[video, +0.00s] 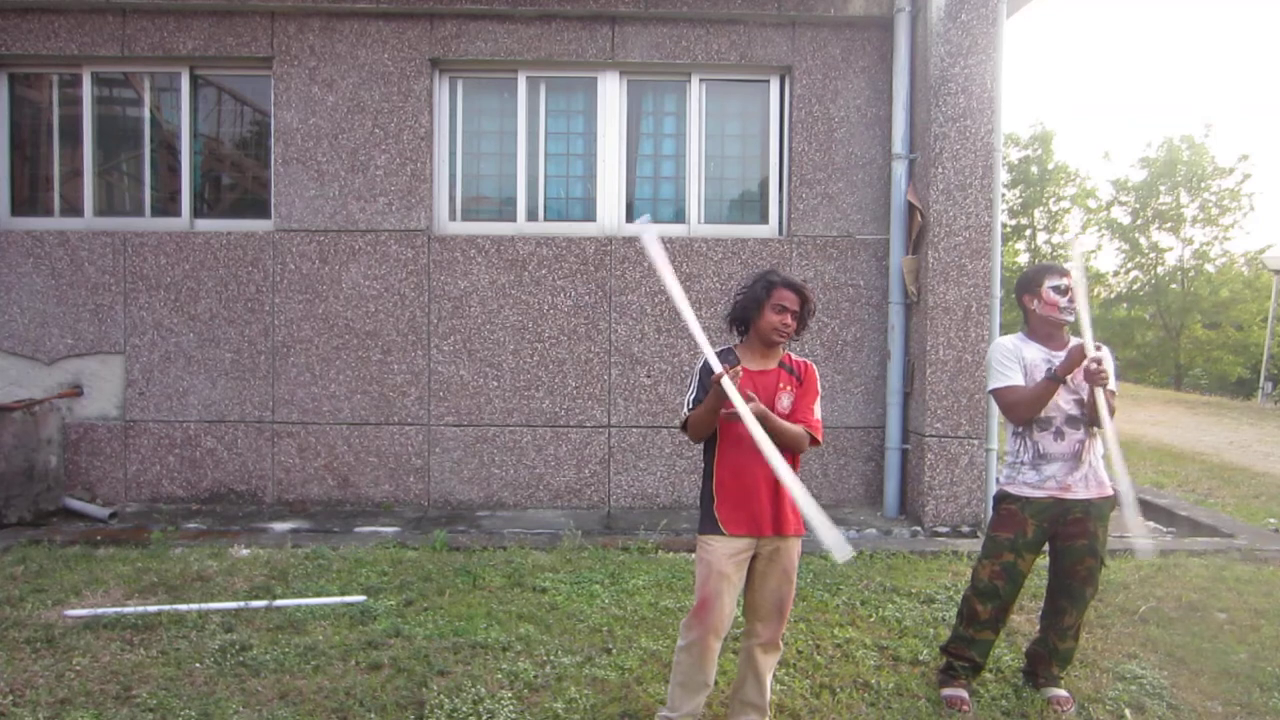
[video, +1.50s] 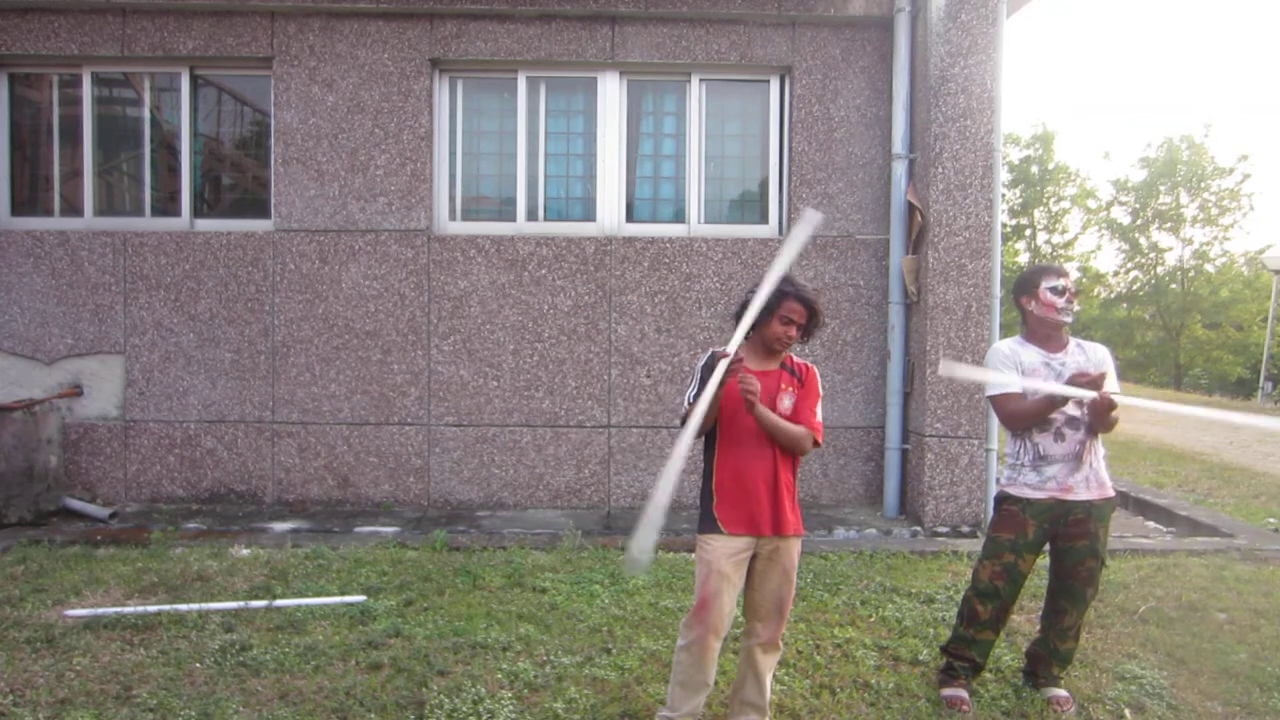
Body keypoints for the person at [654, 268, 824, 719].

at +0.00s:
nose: (788, 321)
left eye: (795, 315)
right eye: (779, 309)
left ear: (799, 323)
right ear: (751, 310)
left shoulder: (803, 371)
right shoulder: (717, 364)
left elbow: (802, 441)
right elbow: (694, 431)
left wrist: (763, 415)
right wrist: (718, 395)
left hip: (783, 519)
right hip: (725, 518)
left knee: (767, 634)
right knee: (708, 623)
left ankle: (750, 715)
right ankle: (678, 714)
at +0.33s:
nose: (789, 325)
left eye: (797, 319)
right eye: (782, 313)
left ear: (800, 324)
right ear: (754, 310)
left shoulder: (802, 371)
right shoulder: (716, 362)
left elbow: (799, 434)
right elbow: (694, 432)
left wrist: (769, 392)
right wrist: (727, 393)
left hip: (782, 520)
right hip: (725, 519)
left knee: (767, 635)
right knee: (708, 623)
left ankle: (749, 714)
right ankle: (678, 714)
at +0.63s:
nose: (791, 329)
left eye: (798, 323)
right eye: (783, 317)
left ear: (802, 328)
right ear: (755, 314)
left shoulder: (802, 373)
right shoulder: (717, 363)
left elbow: (803, 433)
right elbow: (685, 427)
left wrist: (771, 381)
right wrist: (719, 385)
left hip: (783, 520)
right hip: (725, 519)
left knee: (767, 635)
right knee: (707, 623)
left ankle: (750, 715)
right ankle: (678, 714)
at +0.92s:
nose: (790, 330)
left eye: (798, 324)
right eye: (784, 318)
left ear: (802, 331)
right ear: (755, 316)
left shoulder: (803, 372)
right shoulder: (719, 362)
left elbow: (807, 429)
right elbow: (687, 428)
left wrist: (769, 374)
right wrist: (718, 390)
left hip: (782, 521)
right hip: (725, 520)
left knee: (767, 635)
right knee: (707, 624)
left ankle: (750, 715)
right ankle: (678, 714)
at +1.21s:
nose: (791, 332)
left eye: (798, 326)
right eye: (784, 320)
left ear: (803, 330)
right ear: (756, 316)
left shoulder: (804, 373)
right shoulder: (719, 363)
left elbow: (801, 438)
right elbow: (691, 428)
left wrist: (758, 381)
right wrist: (721, 394)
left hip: (782, 519)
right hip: (725, 518)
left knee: (767, 634)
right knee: (708, 623)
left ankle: (750, 714)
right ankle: (678, 714)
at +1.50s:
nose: (792, 333)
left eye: (800, 326)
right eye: (785, 321)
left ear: (804, 330)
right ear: (759, 316)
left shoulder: (804, 373)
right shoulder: (719, 363)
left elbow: (805, 442)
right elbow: (695, 426)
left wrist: (758, 409)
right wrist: (719, 379)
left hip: (782, 520)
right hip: (725, 519)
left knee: (767, 635)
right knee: (707, 624)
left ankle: (749, 715)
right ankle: (678, 714)